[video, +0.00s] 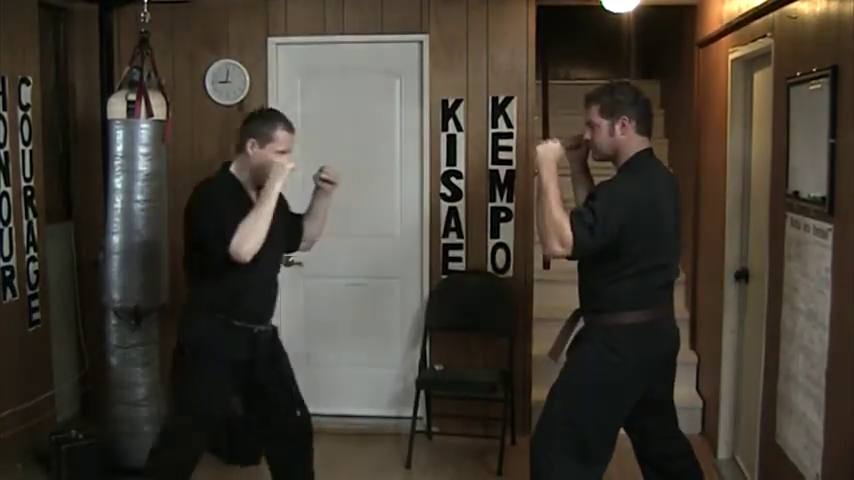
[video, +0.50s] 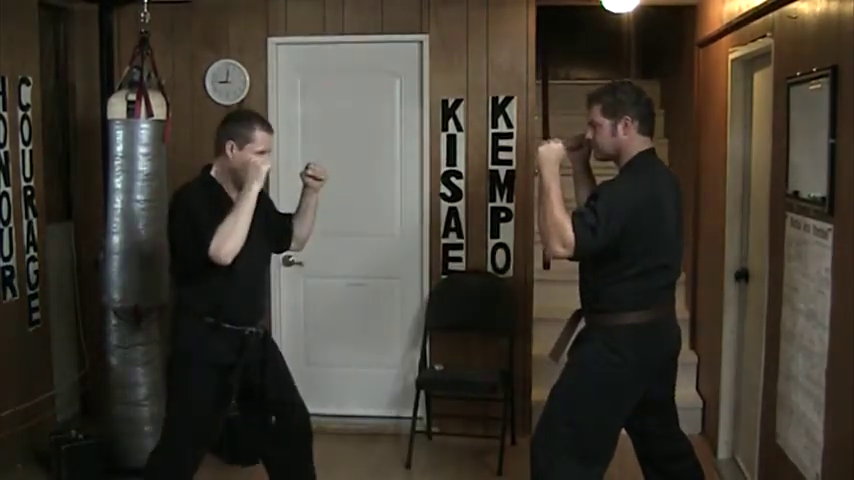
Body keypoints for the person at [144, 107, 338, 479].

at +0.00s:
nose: (285, 163)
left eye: (288, 154)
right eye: (280, 152)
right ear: (252, 148)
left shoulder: (262, 196)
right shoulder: (211, 194)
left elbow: (302, 239)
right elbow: (243, 249)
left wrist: (322, 196)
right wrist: (273, 187)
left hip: (259, 339)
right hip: (212, 338)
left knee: (293, 431)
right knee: (187, 435)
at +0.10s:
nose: (272, 164)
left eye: (275, 155)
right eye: (267, 154)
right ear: (238, 148)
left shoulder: (256, 196)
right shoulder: (196, 195)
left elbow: (290, 244)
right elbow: (224, 251)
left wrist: (311, 200)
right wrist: (256, 190)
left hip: (249, 340)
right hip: (201, 339)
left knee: (286, 430)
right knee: (180, 442)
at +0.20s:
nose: (266, 164)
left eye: (268, 155)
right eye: (259, 154)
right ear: (230, 150)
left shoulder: (253, 197)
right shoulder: (190, 199)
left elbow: (287, 246)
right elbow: (214, 254)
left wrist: (307, 201)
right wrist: (244, 191)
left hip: (249, 341)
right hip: (199, 342)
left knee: (288, 430)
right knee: (177, 444)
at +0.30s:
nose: (264, 164)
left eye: (267, 156)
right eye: (257, 154)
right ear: (228, 150)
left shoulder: (252, 197)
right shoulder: (188, 201)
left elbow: (287, 245)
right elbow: (212, 255)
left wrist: (307, 200)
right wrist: (241, 191)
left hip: (251, 342)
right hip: (201, 343)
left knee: (292, 428)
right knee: (182, 445)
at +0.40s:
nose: (265, 163)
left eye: (267, 154)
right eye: (258, 154)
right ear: (228, 150)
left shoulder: (252, 196)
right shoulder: (190, 199)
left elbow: (291, 241)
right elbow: (217, 252)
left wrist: (308, 196)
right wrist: (246, 190)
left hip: (252, 341)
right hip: (202, 342)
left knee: (293, 427)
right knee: (183, 446)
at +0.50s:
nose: (267, 163)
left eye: (268, 154)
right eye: (260, 153)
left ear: (235, 152)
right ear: (230, 151)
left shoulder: (251, 196)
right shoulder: (191, 198)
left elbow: (292, 240)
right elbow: (221, 251)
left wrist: (310, 193)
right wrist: (251, 188)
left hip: (252, 340)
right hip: (204, 341)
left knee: (293, 427)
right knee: (185, 443)